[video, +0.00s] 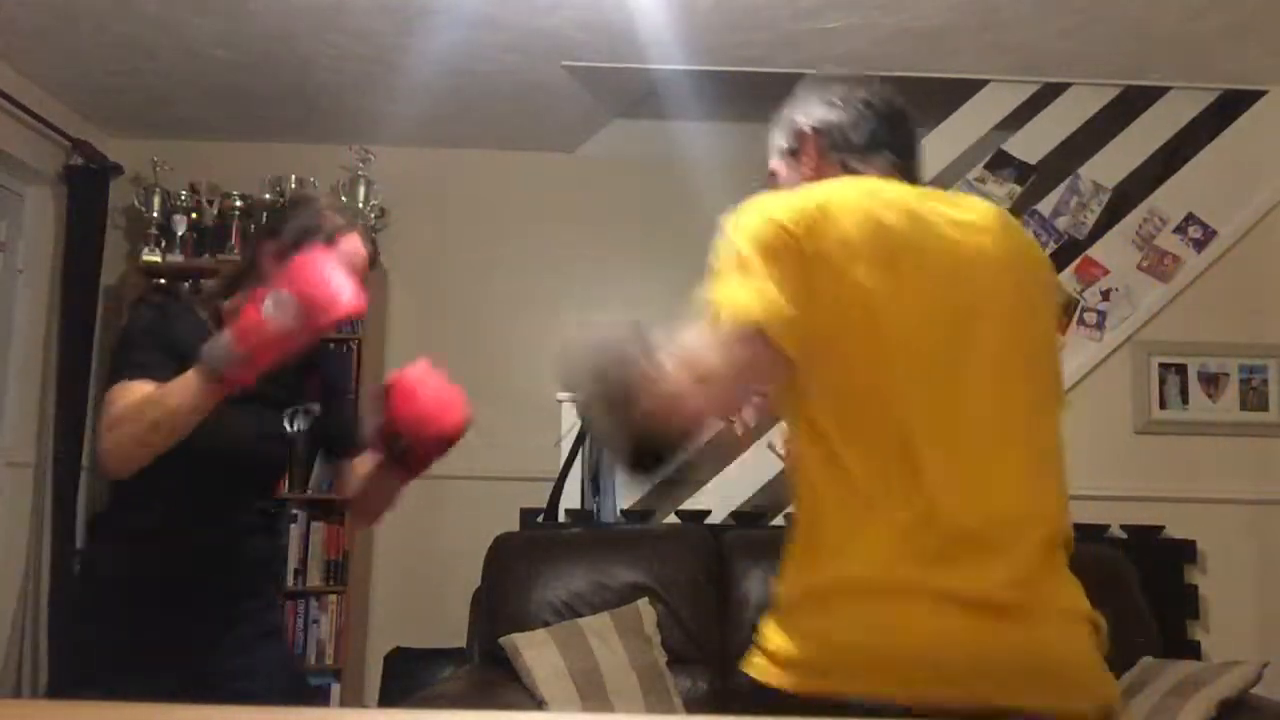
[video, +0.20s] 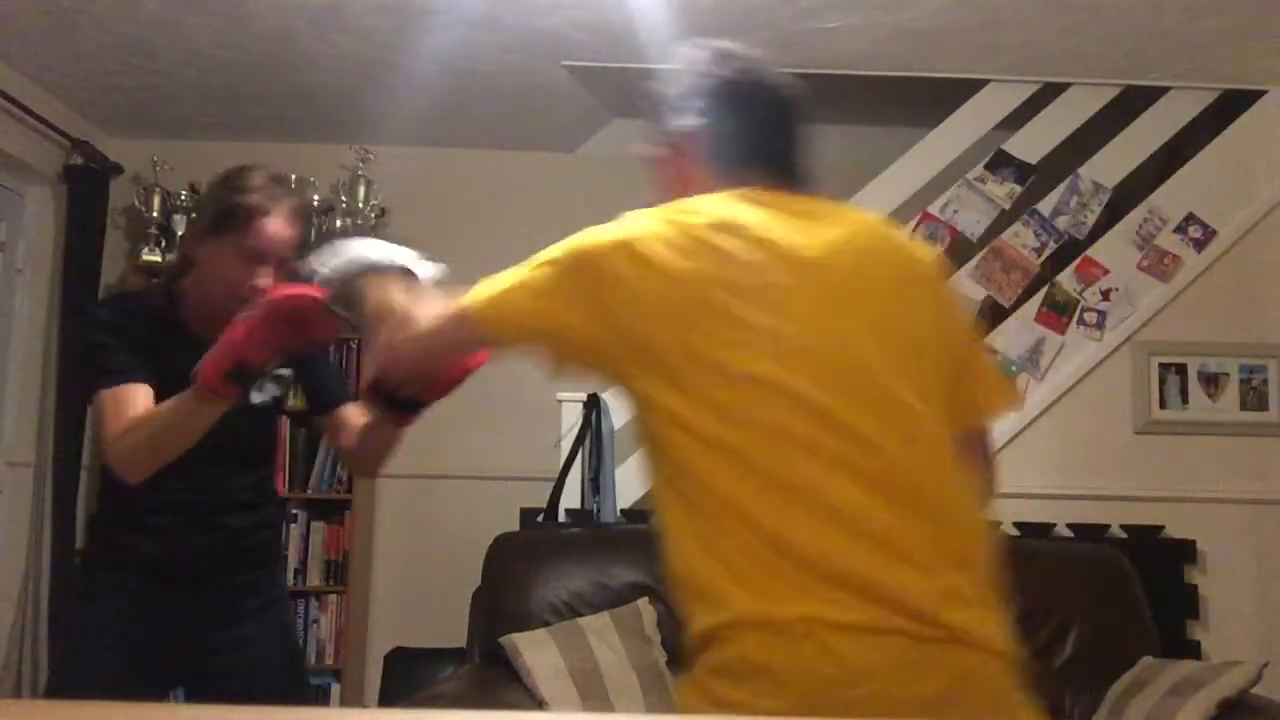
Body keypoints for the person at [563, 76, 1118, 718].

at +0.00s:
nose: (774, 188)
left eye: (775, 172)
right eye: (773, 174)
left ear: (805, 153)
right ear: (901, 162)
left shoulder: (786, 221)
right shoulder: (1016, 241)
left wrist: (642, 387)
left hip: (842, 667)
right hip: (1047, 671)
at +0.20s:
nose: (657, 175)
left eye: (659, 154)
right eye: (659, 156)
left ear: (687, 153)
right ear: (789, 152)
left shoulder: (655, 251)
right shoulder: (908, 260)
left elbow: (418, 340)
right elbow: (974, 458)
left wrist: (389, 296)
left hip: (771, 687)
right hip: (973, 687)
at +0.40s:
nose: (410, 180)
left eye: (415, 144)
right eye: (408, 147)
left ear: (463, 134)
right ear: (474, 135)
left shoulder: (570, 226)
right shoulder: (605, 215)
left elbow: (539, 521)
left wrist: (411, 373)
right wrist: (425, 323)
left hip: (767, 686)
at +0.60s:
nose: (329, 186)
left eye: (326, 149)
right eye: (318, 154)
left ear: (392, 129)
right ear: (393, 132)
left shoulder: (571, 242)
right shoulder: (450, 277)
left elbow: (560, 533)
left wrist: (391, 349)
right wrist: (258, 326)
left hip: (724, 677)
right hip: (627, 677)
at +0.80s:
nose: (322, 193)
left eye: (319, 155)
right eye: (312, 161)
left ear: (383, 131)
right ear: (387, 136)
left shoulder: (565, 240)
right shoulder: (457, 282)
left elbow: (532, 538)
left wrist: (383, 352)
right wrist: (287, 365)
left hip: (717, 683)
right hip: (613, 682)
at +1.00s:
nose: (408, 169)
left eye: (410, 133)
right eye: (406, 138)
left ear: (447, 114)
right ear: (529, 106)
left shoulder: (529, 207)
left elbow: (543, 498)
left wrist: (412, 366)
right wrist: (452, 365)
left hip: (695, 680)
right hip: (815, 653)